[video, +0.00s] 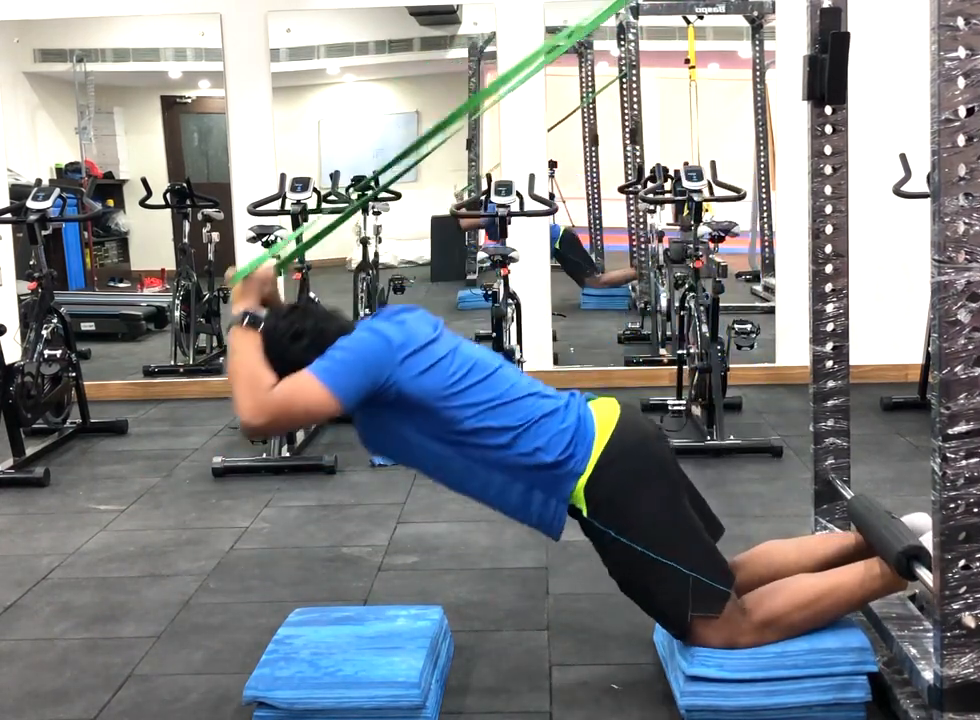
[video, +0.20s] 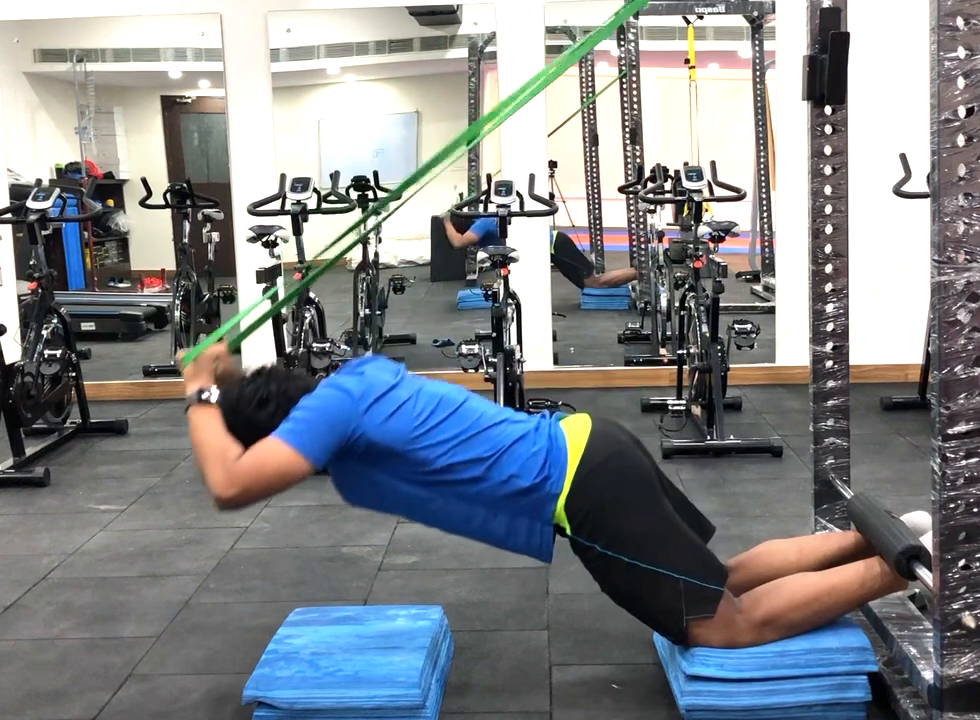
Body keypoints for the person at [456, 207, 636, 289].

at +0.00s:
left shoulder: (496, 216)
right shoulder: (495, 214)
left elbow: (463, 225)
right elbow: (463, 223)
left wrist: (458, 207)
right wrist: (467, 204)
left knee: (595, 280)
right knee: (590, 281)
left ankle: (641, 272)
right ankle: (638, 271)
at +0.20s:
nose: (461, 233)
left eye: (460, 229)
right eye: (459, 228)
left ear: (465, 225)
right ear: (467, 217)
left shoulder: (485, 221)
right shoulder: (485, 219)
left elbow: (458, 243)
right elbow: (461, 240)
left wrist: (446, 222)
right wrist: (455, 220)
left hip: (555, 242)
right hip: (551, 245)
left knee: (594, 281)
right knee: (591, 280)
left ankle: (641, 271)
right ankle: (639, 271)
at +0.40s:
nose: (460, 245)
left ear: (470, 232)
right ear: (479, 225)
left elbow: (453, 258)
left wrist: (436, 240)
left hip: (549, 248)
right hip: (550, 244)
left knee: (593, 282)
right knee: (593, 279)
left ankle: (641, 271)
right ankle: (640, 271)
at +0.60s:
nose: (446, 265)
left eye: (445, 261)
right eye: (444, 262)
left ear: (451, 249)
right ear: (457, 246)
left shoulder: (472, 247)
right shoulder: (476, 246)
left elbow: (452, 274)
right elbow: (453, 272)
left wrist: (432, 261)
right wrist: (436, 262)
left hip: (546, 253)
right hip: (546, 251)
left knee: (591, 282)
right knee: (591, 280)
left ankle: (640, 272)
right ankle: (640, 271)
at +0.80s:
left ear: (454, 249)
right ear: (463, 243)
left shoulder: (471, 255)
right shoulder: (474, 254)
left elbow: (452, 286)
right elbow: (451, 284)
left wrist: (428, 274)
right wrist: (431, 274)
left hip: (546, 258)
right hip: (546, 255)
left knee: (593, 281)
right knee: (593, 279)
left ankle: (642, 271)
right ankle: (641, 270)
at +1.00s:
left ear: (455, 248)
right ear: (463, 244)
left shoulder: (471, 257)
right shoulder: (473, 255)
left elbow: (451, 289)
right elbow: (450, 286)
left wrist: (425, 277)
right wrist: (428, 275)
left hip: (546, 259)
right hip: (544, 257)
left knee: (594, 280)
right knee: (593, 279)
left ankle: (642, 271)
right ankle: (641, 270)